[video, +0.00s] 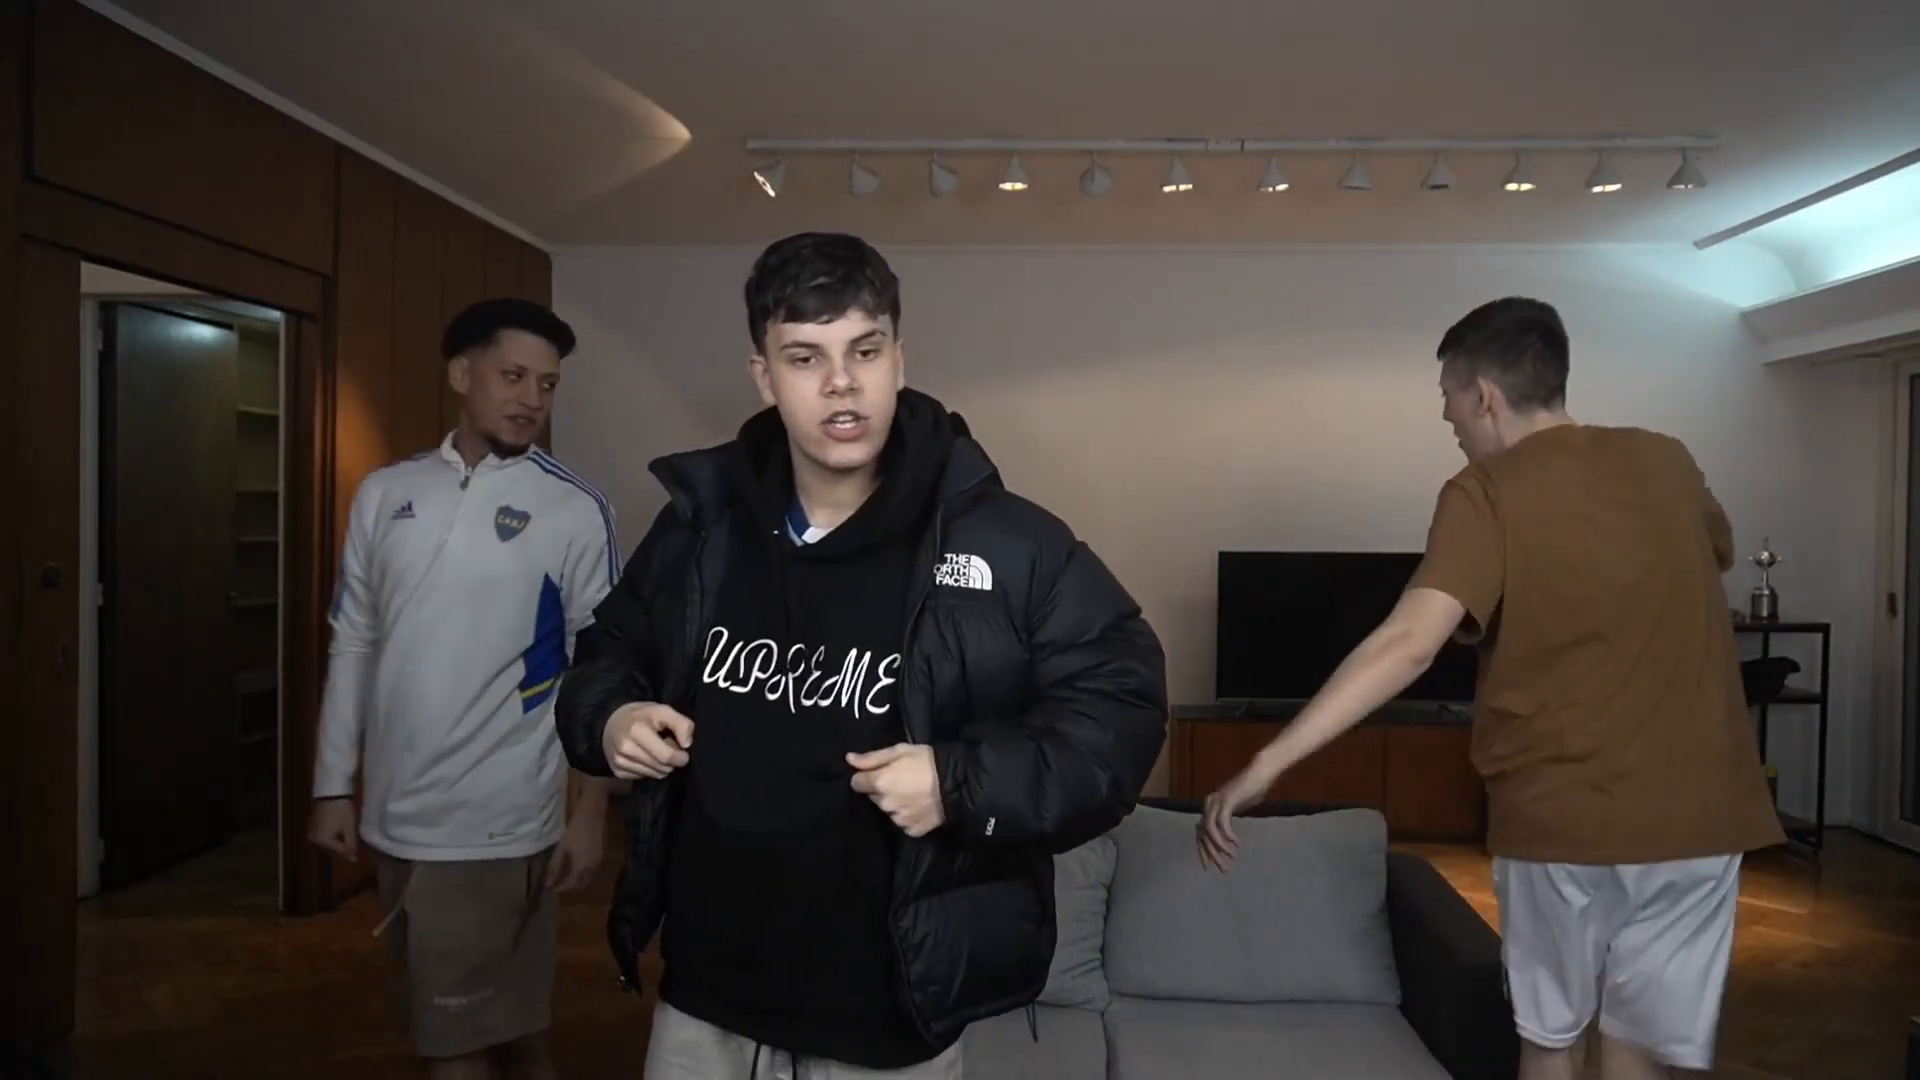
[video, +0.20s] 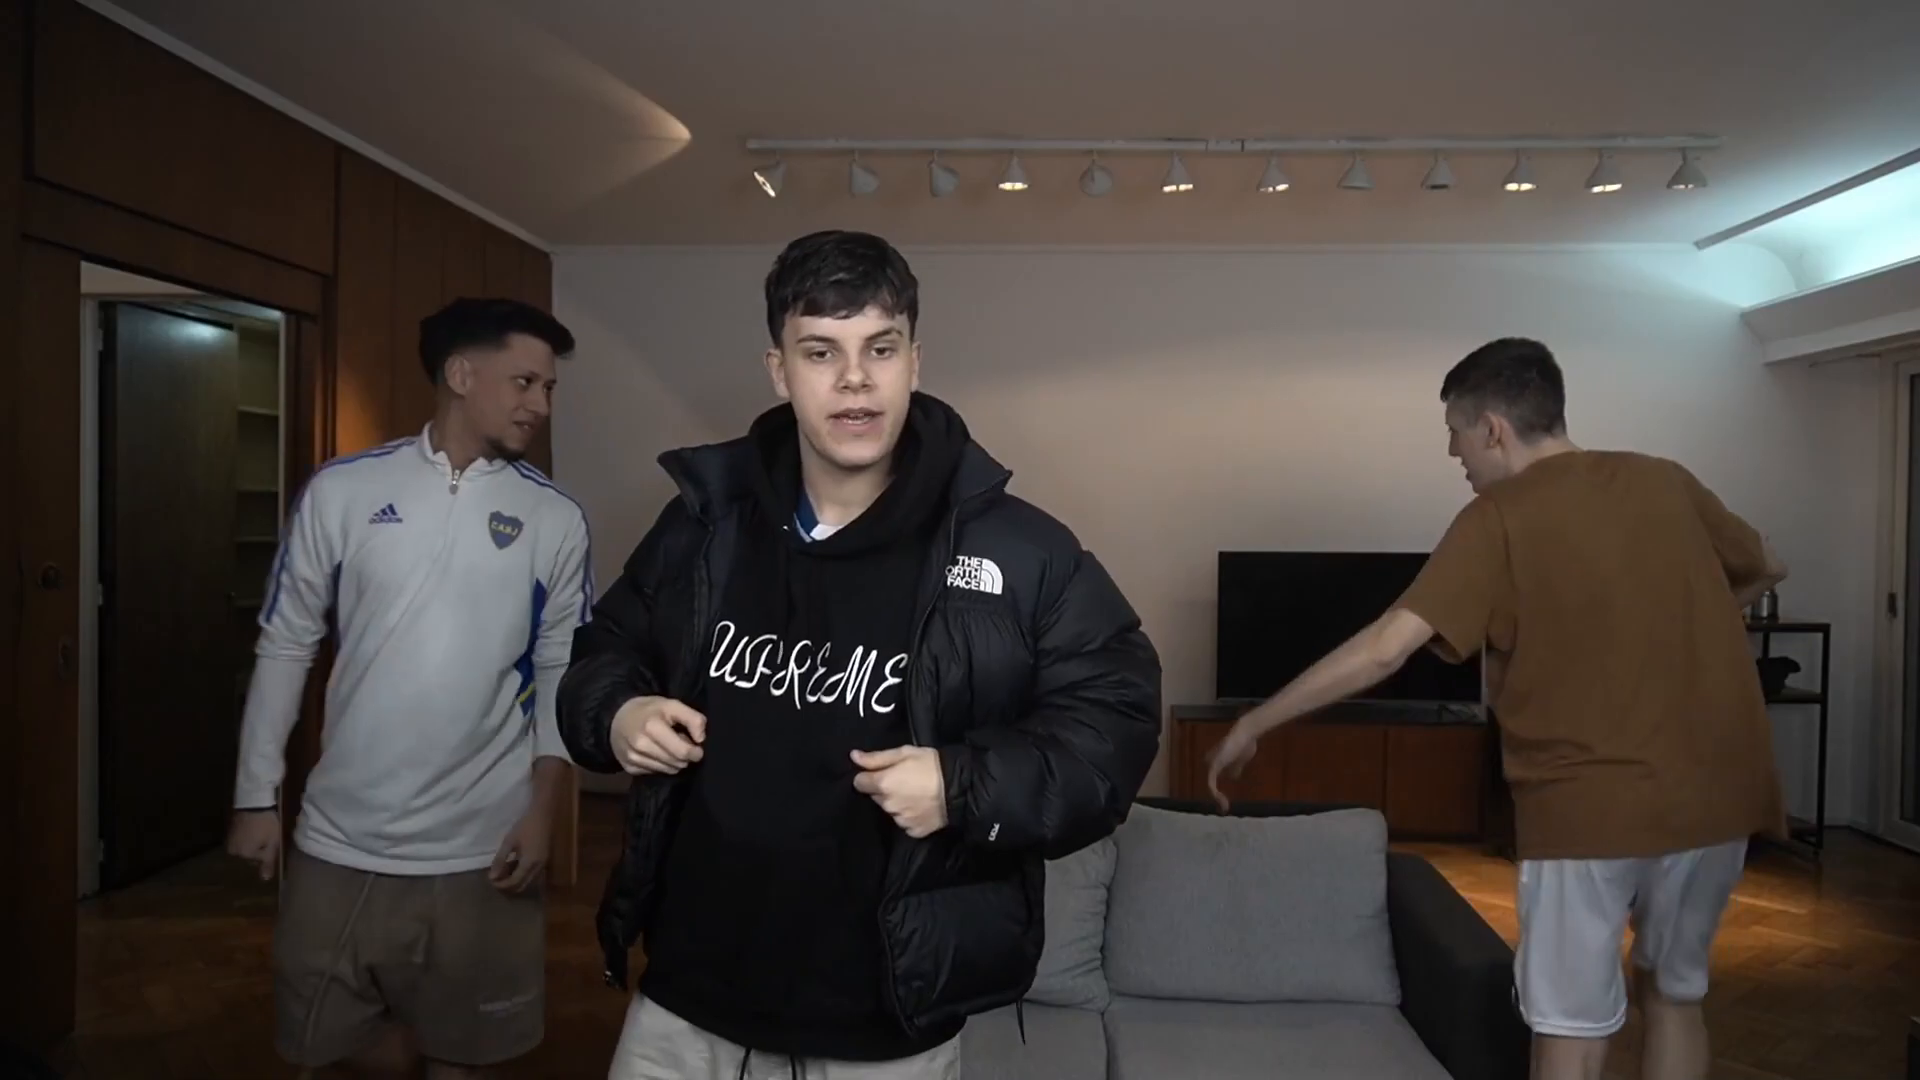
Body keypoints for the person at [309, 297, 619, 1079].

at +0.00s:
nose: (533, 398)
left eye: (546, 384)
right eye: (516, 376)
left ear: (553, 394)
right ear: (460, 373)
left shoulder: (574, 509)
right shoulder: (387, 495)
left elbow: (598, 663)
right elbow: (353, 642)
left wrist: (589, 809)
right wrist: (333, 787)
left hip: (506, 828)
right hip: (398, 819)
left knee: (457, 1046)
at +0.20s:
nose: (541, 406)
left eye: (547, 388)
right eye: (525, 382)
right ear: (459, 374)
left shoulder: (555, 521)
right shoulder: (341, 493)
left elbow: (559, 671)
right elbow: (286, 644)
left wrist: (546, 802)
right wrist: (256, 797)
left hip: (482, 861)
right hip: (340, 850)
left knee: (464, 1058)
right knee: (333, 1053)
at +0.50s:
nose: (499, 398)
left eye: (496, 376)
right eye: (487, 375)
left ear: (432, 373)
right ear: (431, 371)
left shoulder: (475, 511)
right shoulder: (292, 491)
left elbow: (496, 654)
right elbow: (206, 671)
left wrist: (546, 771)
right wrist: (222, 850)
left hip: (448, 861)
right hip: (304, 870)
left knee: (450, 1059)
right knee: (288, 1066)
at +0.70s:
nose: (418, 394)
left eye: (416, 372)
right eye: (409, 369)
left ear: (352, 365)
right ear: (352, 362)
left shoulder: (366, 503)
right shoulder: (236, 488)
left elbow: (372, 671)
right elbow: (185, 701)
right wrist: (267, 878)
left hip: (370, 876)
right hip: (237, 901)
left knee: (395, 1063)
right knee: (231, 1070)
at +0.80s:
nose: (374, 386)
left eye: (372, 364)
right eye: (365, 361)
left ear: (307, 359)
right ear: (309, 356)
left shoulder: (286, 482)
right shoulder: (208, 484)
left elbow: (272, 700)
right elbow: (167, 709)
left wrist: (333, 852)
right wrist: (278, 879)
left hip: (311, 888)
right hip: (194, 911)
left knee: (348, 1064)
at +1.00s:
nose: (305, 366)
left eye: (301, 344)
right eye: (286, 343)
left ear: (219, 350)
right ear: (217, 348)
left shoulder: (214, 470)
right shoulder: (142, 473)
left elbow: (209, 679)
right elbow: (79, 693)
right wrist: (257, 796)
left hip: (221, 889)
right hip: (135, 908)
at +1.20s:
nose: (253, 354)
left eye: (251, 332)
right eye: (230, 332)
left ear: (162, 344)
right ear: (153, 340)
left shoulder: (180, 463)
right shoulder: (101, 464)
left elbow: (172, 658)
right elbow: (33, 679)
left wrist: (241, 777)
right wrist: (194, 806)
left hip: (158, 884)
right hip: (91, 897)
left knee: (161, 1062)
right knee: (90, 1066)